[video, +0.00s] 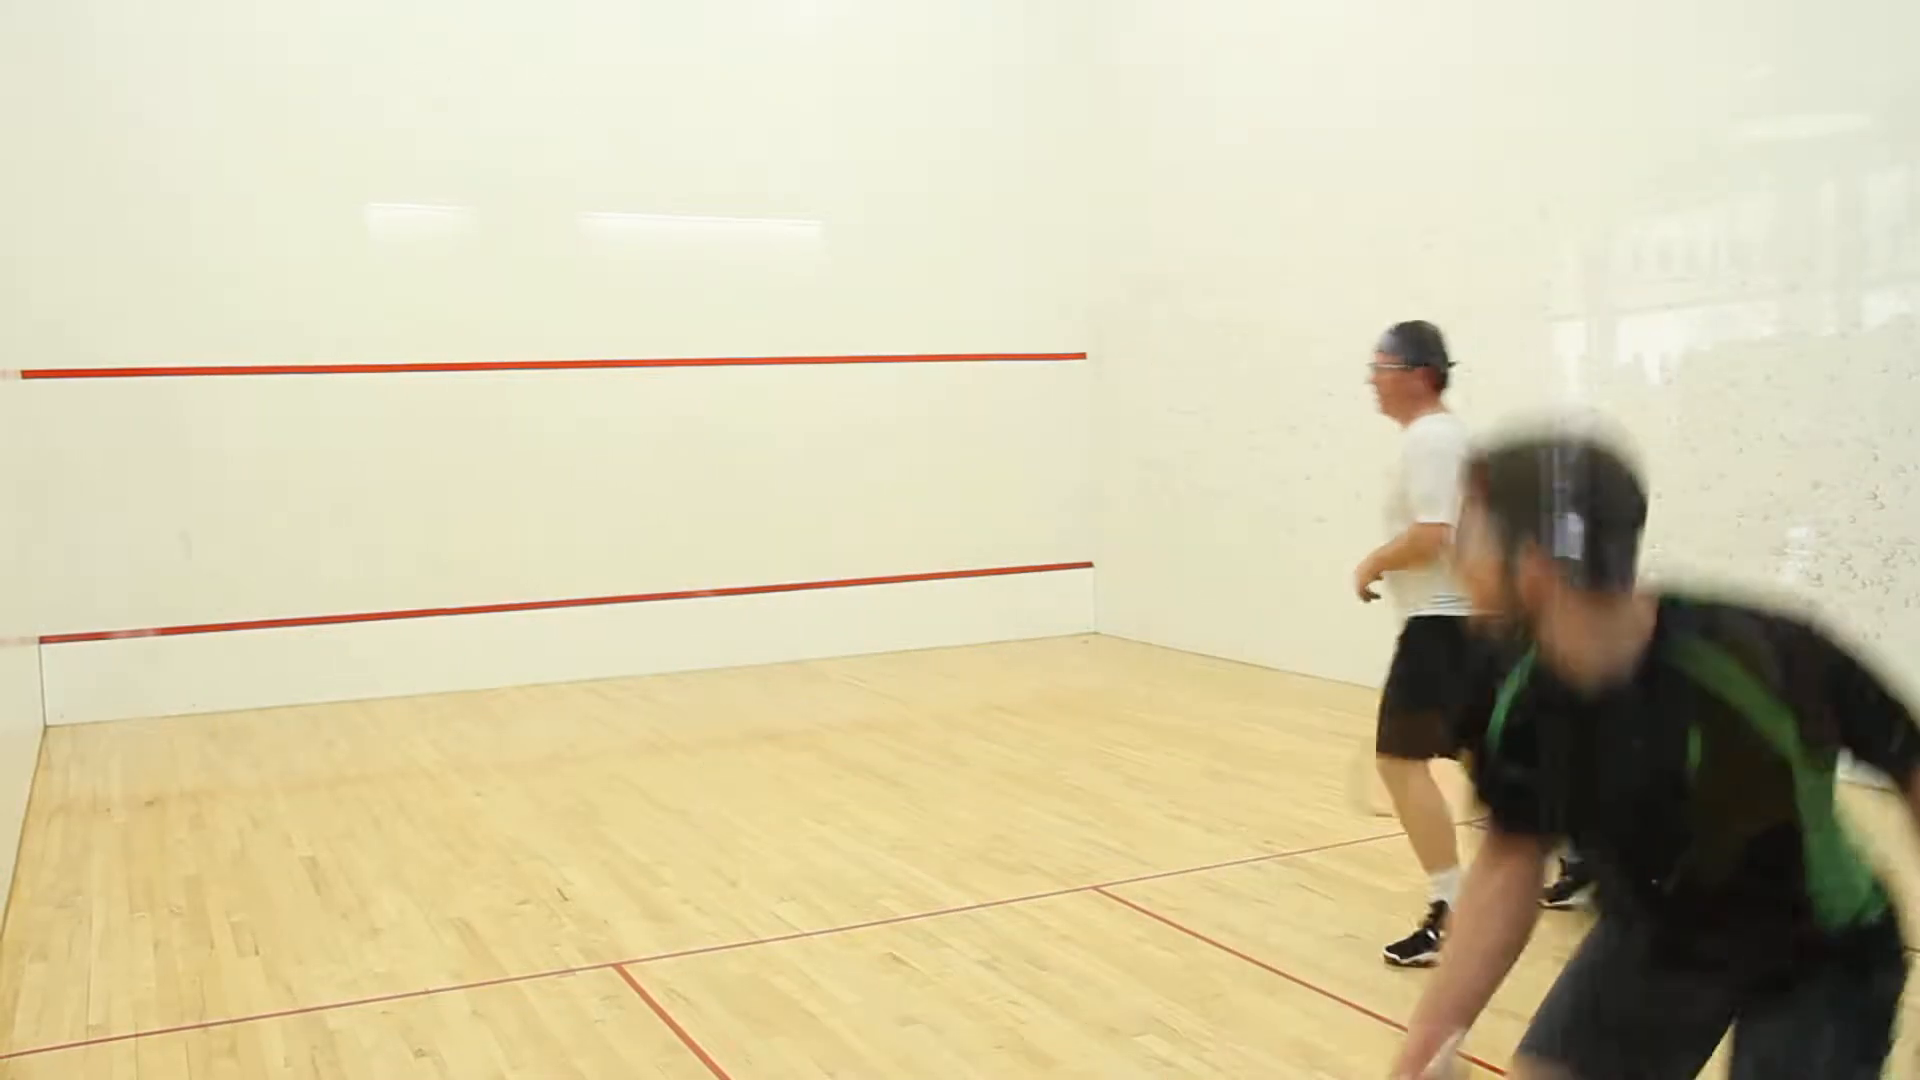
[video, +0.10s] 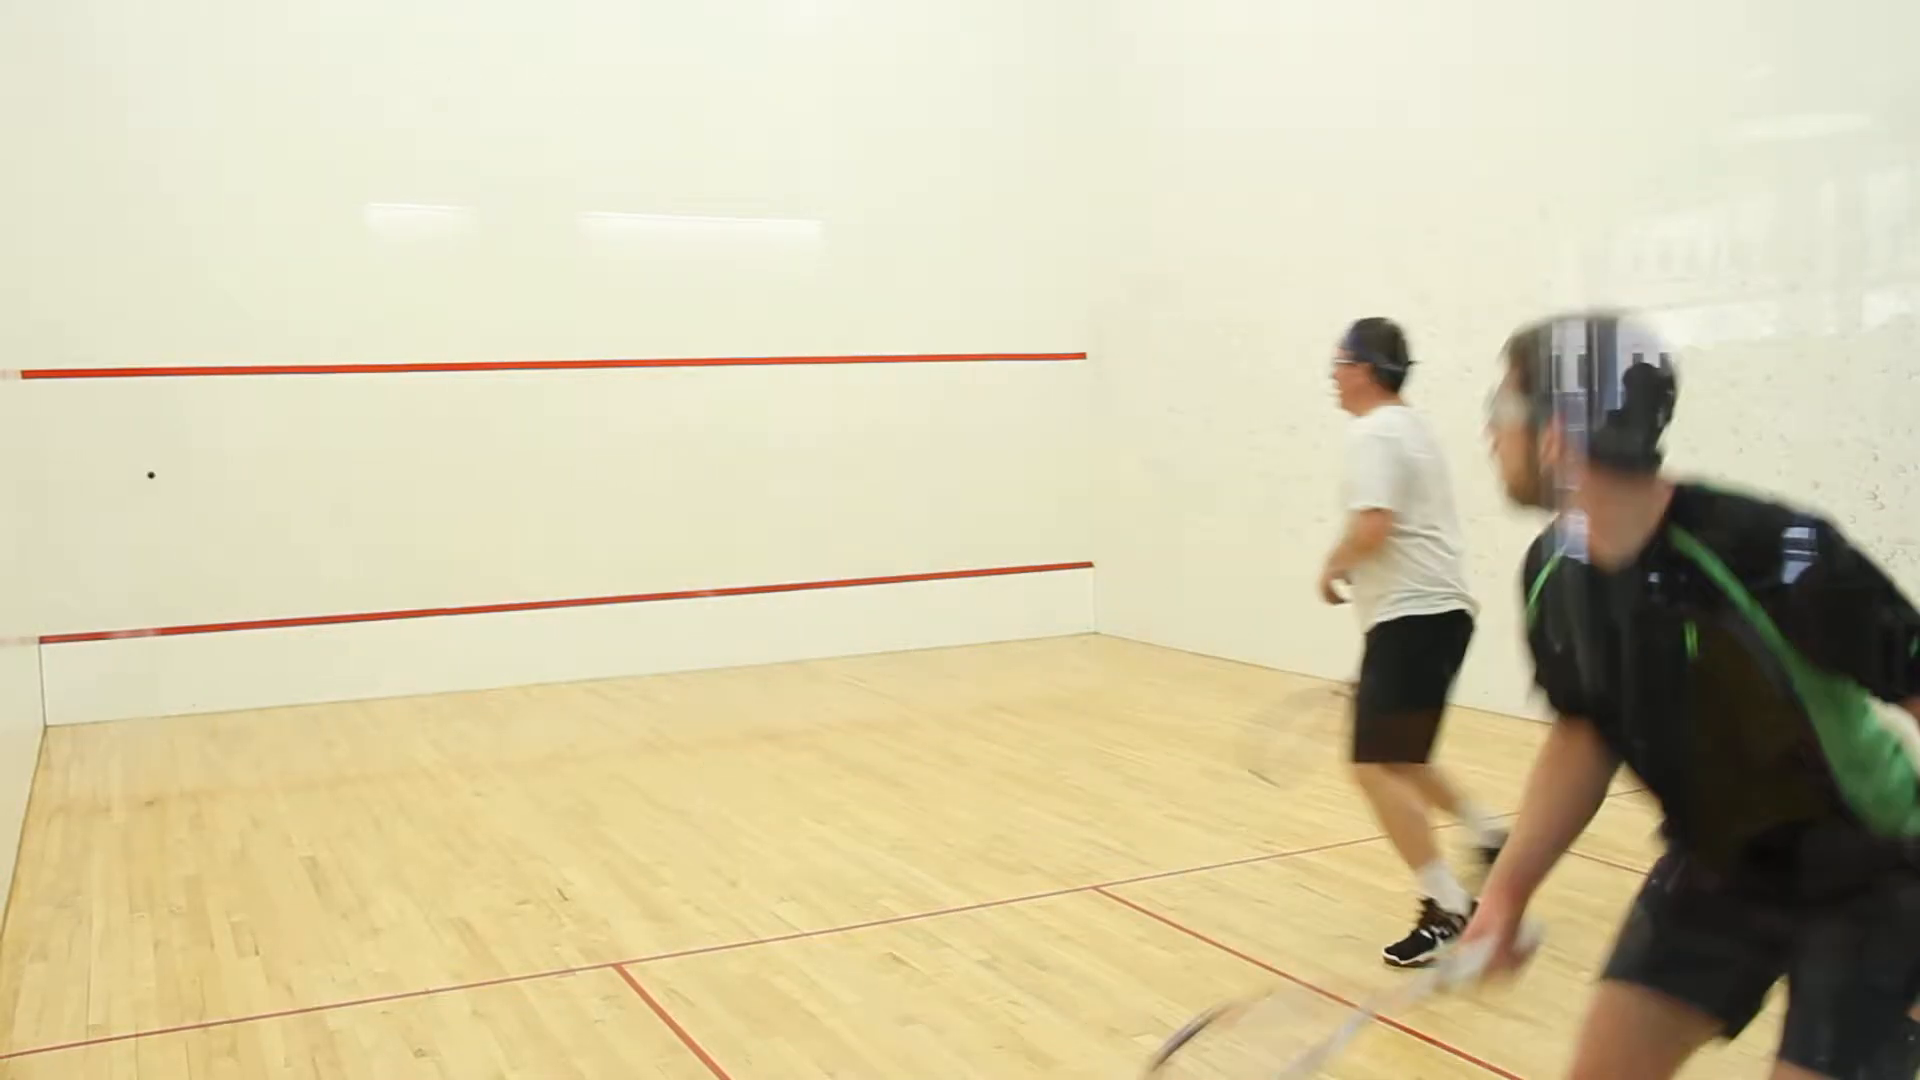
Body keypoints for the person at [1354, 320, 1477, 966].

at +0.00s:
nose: (1373, 382)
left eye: (1383, 370)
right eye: (1374, 370)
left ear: (1421, 377)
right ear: (1423, 379)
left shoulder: (1433, 439)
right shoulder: (1444, 436)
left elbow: (1431, 535)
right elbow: (1446, 533)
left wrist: (1375, 564)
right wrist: (1394, 563)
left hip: (1440, 623)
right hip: (1474, 620)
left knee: (1400, 758)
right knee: (1492, 751)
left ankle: (1452, 906)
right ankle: (1569, 851)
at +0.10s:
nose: (1334, 376)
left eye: (1343, 365)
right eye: (1336, 365)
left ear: (1369, 372)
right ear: (1388, 374)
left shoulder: (1379, 432)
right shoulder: (1412, 428)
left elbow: (1374, 523)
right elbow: (1411, 525)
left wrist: (1334, 567)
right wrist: (1359, 563)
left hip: (1410, 616)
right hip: (1439, 610)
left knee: (1373, 763)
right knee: (1402, 756)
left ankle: (1447, 905)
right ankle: (1490, 833)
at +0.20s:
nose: (1291, 389)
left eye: (1298, 378)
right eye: (1294, 377)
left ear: (1322, 385)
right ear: (1343, 386)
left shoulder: (1332, 444)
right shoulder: (1373, 441)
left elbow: (1317, 532)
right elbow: (1374, 531)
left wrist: (1286, 580)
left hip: (1374, 623)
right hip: (1406, 622)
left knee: (1306, 762)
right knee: (1320, 754)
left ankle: (1390, 891)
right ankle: (1345, 873)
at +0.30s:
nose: (1255, 423)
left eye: (1260, 411)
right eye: (1257, 410)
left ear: (1280, 414)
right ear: (1310, 416)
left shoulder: (1297, 474)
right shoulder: (1334, 473)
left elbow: (1294, 565)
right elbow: (1344, 589)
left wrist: (1242, 608)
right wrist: (1285, 656)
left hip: (1334, 657)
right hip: (1364, 658)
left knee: (1247, 781)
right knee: (1275, 767)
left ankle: (1300, 943)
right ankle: (1322, 885)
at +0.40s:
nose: (1211, 451)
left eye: (1217, 439)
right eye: (1213, 438)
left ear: (1241, 443)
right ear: (1262, 445)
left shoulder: (1261, 501)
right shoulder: (1282, 498)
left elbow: (1289, 574)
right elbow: (1231, 615)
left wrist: (1236, 648)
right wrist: (1182, 673)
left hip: (1288, 687)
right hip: (1324, 686)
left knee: (1178, 793)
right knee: (1256, 770)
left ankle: (1240, 945)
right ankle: (1318, 886)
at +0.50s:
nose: (1153, 448)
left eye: (1162, 437)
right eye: (1155, 436)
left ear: (1194, 444)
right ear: (1189, 443)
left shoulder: (1228, 502)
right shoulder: (1179, 514)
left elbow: (1303, 549)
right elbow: (1151, 598)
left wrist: (1268, 643)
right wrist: (1102, 669)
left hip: (1248, 702)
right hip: (1224, 695)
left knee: (1116, 799)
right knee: (1223, 791)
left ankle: (1178, 951)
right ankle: (1316, 887)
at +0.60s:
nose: (1089, 441)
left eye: (1102, 429)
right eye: (1091, 428)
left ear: (1140, 437)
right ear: (1121, 437)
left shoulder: (1195, 508)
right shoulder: (1097, 509)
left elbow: (1282, 575)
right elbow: (1072, 597)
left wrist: (1222, 662)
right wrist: (1046, 684)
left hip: (1187, 713)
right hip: (1125, 707)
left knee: (1097, 847)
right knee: (1151, 821)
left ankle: (1162, 952)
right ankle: (1257, 860)